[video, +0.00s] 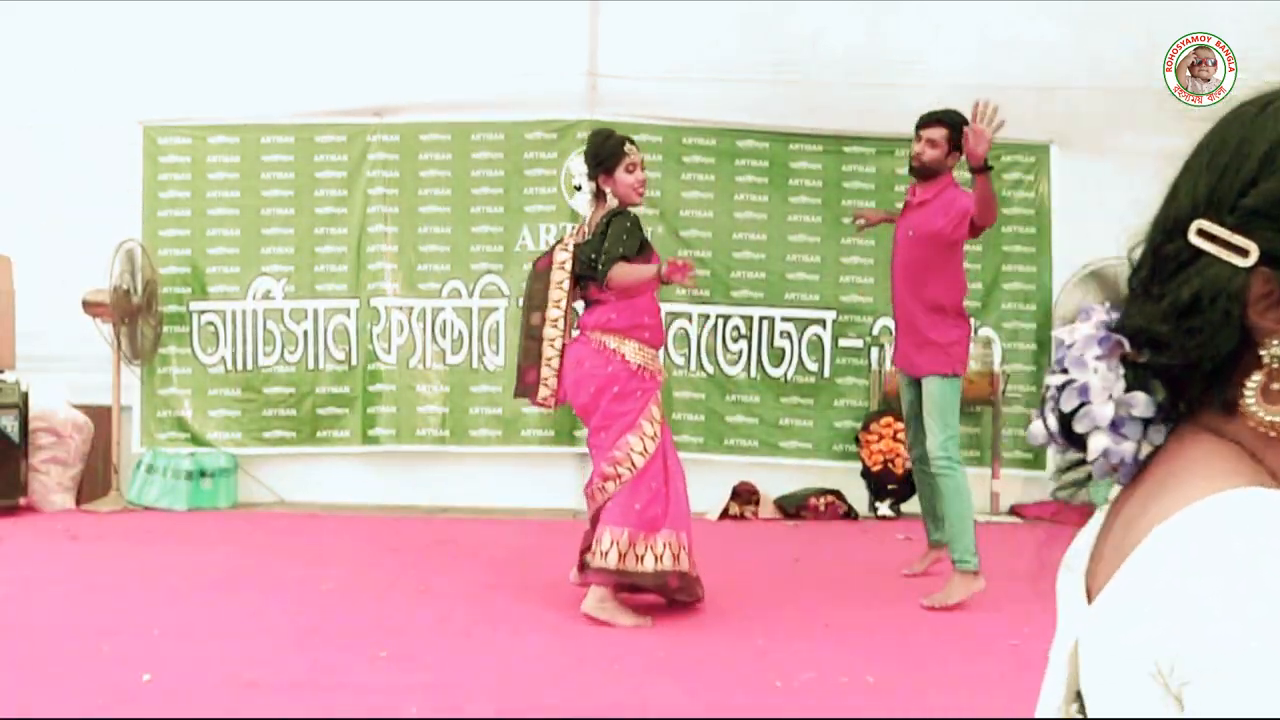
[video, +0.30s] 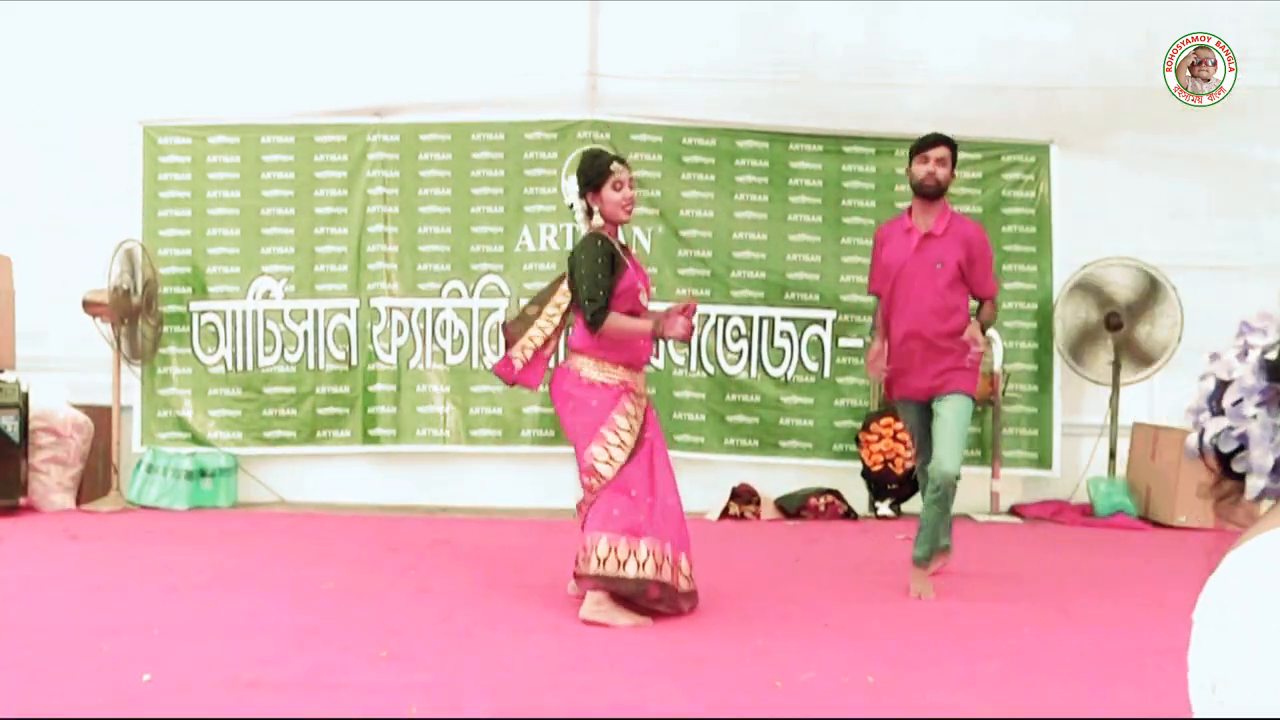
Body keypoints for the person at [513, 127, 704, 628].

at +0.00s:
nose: (641, 177)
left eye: (641, 167)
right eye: (631, 169)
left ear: (615, 177)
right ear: (605, 179)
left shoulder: (594, 227)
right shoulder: (622, 222)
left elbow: (584, 283)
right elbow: (613, 275)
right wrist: (661, 272)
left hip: (602, 363)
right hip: (620, 367)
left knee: (625, 468)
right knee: (637, 470)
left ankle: (608, 579)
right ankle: (602, 592)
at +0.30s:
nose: (628, 194)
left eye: (630, 184)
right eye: (617, 186)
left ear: (632, 189)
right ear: (592, 197)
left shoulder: (618, 247)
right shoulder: (594, 247)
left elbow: (625, 313)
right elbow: (596, 318)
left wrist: (664, 320)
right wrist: (658, 326)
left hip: (617, 381)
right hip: (594, 382)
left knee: (633, 478)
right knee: (621, 480)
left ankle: (611, 587)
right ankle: (599, 596)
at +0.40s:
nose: (621, 191)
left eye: (623, 182)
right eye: (609, 184)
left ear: (627, 188)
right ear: (584, 193)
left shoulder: (629, 242)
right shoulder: (574, 247)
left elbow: (658, 306)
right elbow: (589, 312)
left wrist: (653, 274)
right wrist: (642, 286)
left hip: (618, 377)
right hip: (574, 377)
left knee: (633, 469)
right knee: (588, 473)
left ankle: (626, 572)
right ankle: (565, 573)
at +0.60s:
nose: (601, 188)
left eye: (607, 179)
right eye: (590, 179)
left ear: (614, 186)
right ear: (568, 186)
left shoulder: (627, 237)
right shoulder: (549, 240)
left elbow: (641, 294)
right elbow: (536, 304)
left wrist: (606, 273)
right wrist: (580, 282)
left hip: (614, 362)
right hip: (561, 364)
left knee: (612, 454)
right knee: (558, 456)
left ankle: (610, 559)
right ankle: (544, 546)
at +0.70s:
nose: (592, 198)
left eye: (598, 190)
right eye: (581, 189)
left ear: (606, 197)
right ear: (561, 196)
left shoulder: (623, 250)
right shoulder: (542, 253)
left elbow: (636, 312)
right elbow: (519, 315)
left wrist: (597, 300)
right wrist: (544, 322)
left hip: (609, 375)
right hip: (557, 377)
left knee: (607, 465)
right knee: (558, 465)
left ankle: (608, 566)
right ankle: (562, 565)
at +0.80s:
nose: (584, 197)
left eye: (591, 189)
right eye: (574, 188)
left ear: (599, 198)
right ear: (554, 196)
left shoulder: (615, 252)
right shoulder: (536, 254)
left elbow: (644, 305)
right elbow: (513, 311)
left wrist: (639, 308)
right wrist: (480, 326)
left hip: (604, 375)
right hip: (553, 378)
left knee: (598, 466)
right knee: (552, 465)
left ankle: (595, 568)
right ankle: (553, 562)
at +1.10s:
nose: (595, 195)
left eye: (602, 186)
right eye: (584, 186)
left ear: (611, 193)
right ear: (566, 196)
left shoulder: (628, 247)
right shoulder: (550, 250)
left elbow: (651, 306)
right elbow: (519, 311)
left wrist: (683, 285)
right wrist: (498, 298)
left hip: (617, 376)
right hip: (565, 376)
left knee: (614, 466)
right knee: (566, 464)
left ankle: (608, 564)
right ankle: (560, 560)